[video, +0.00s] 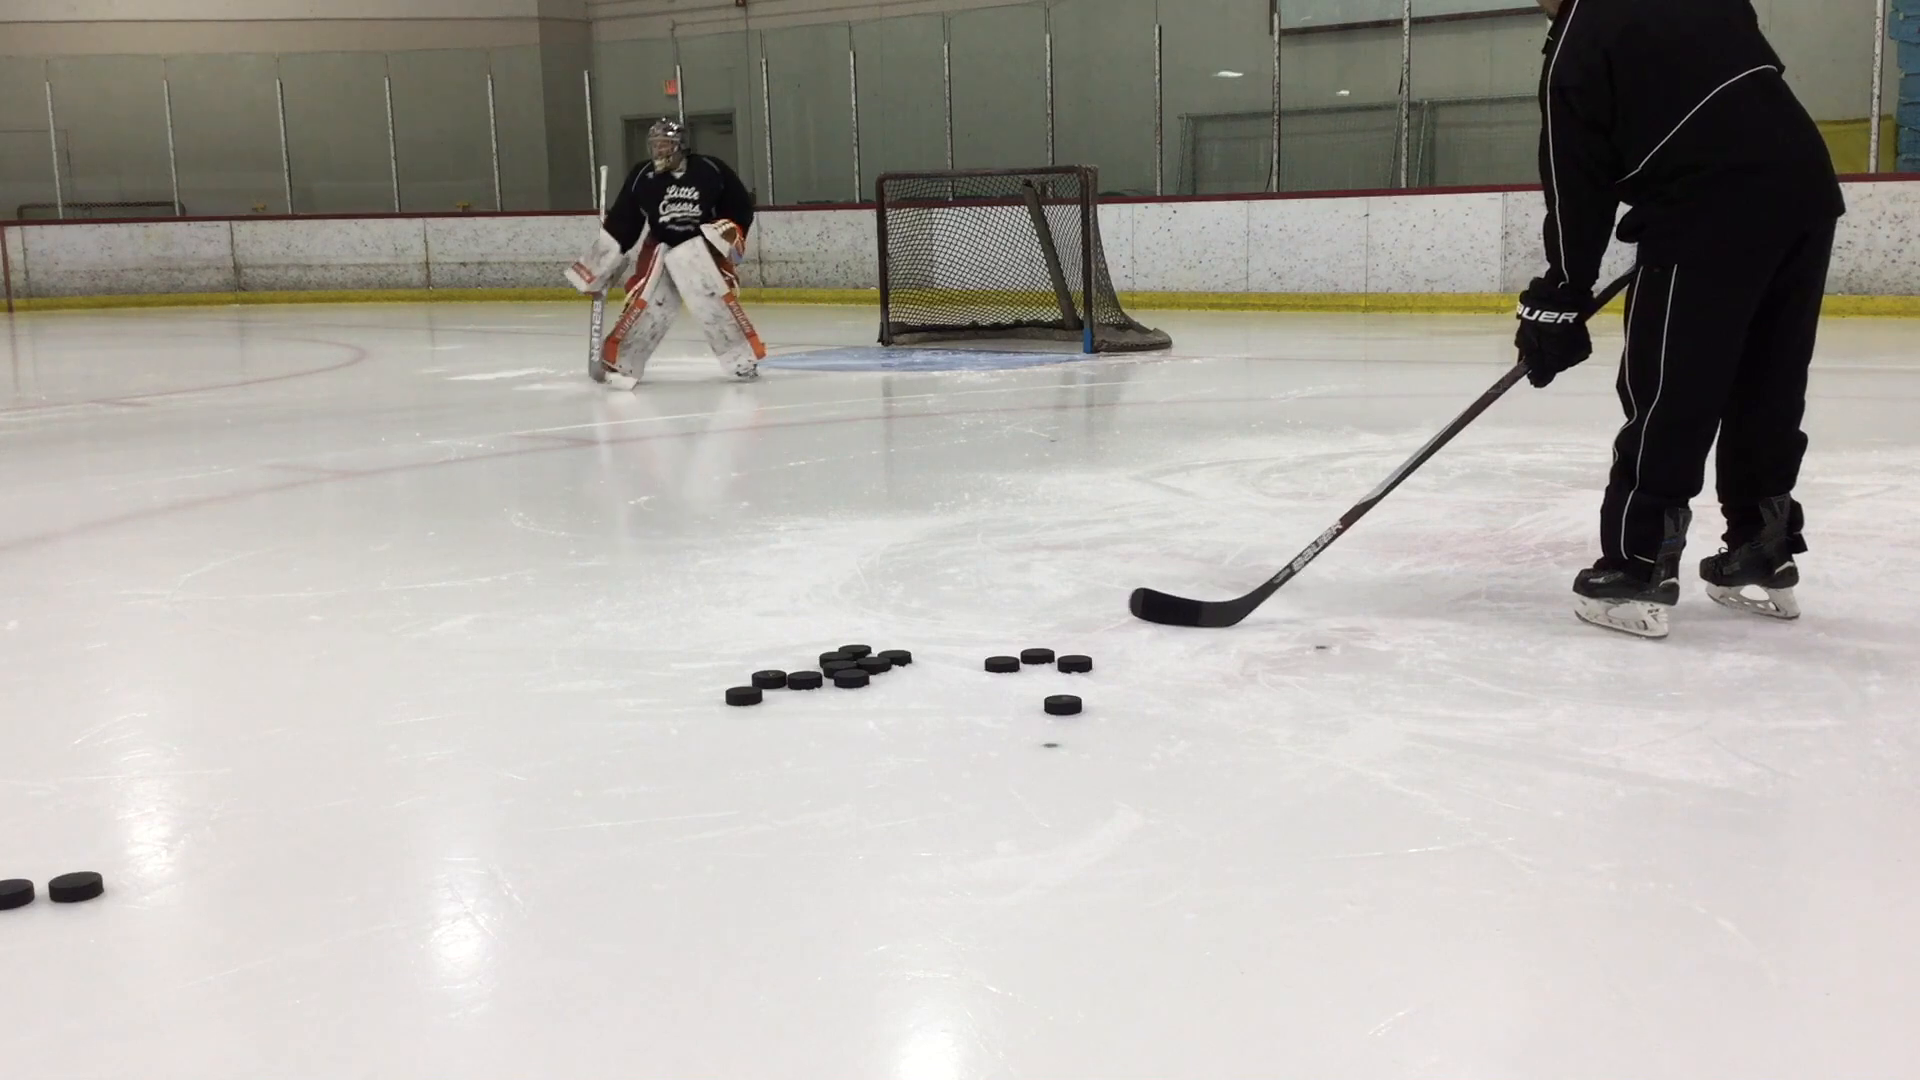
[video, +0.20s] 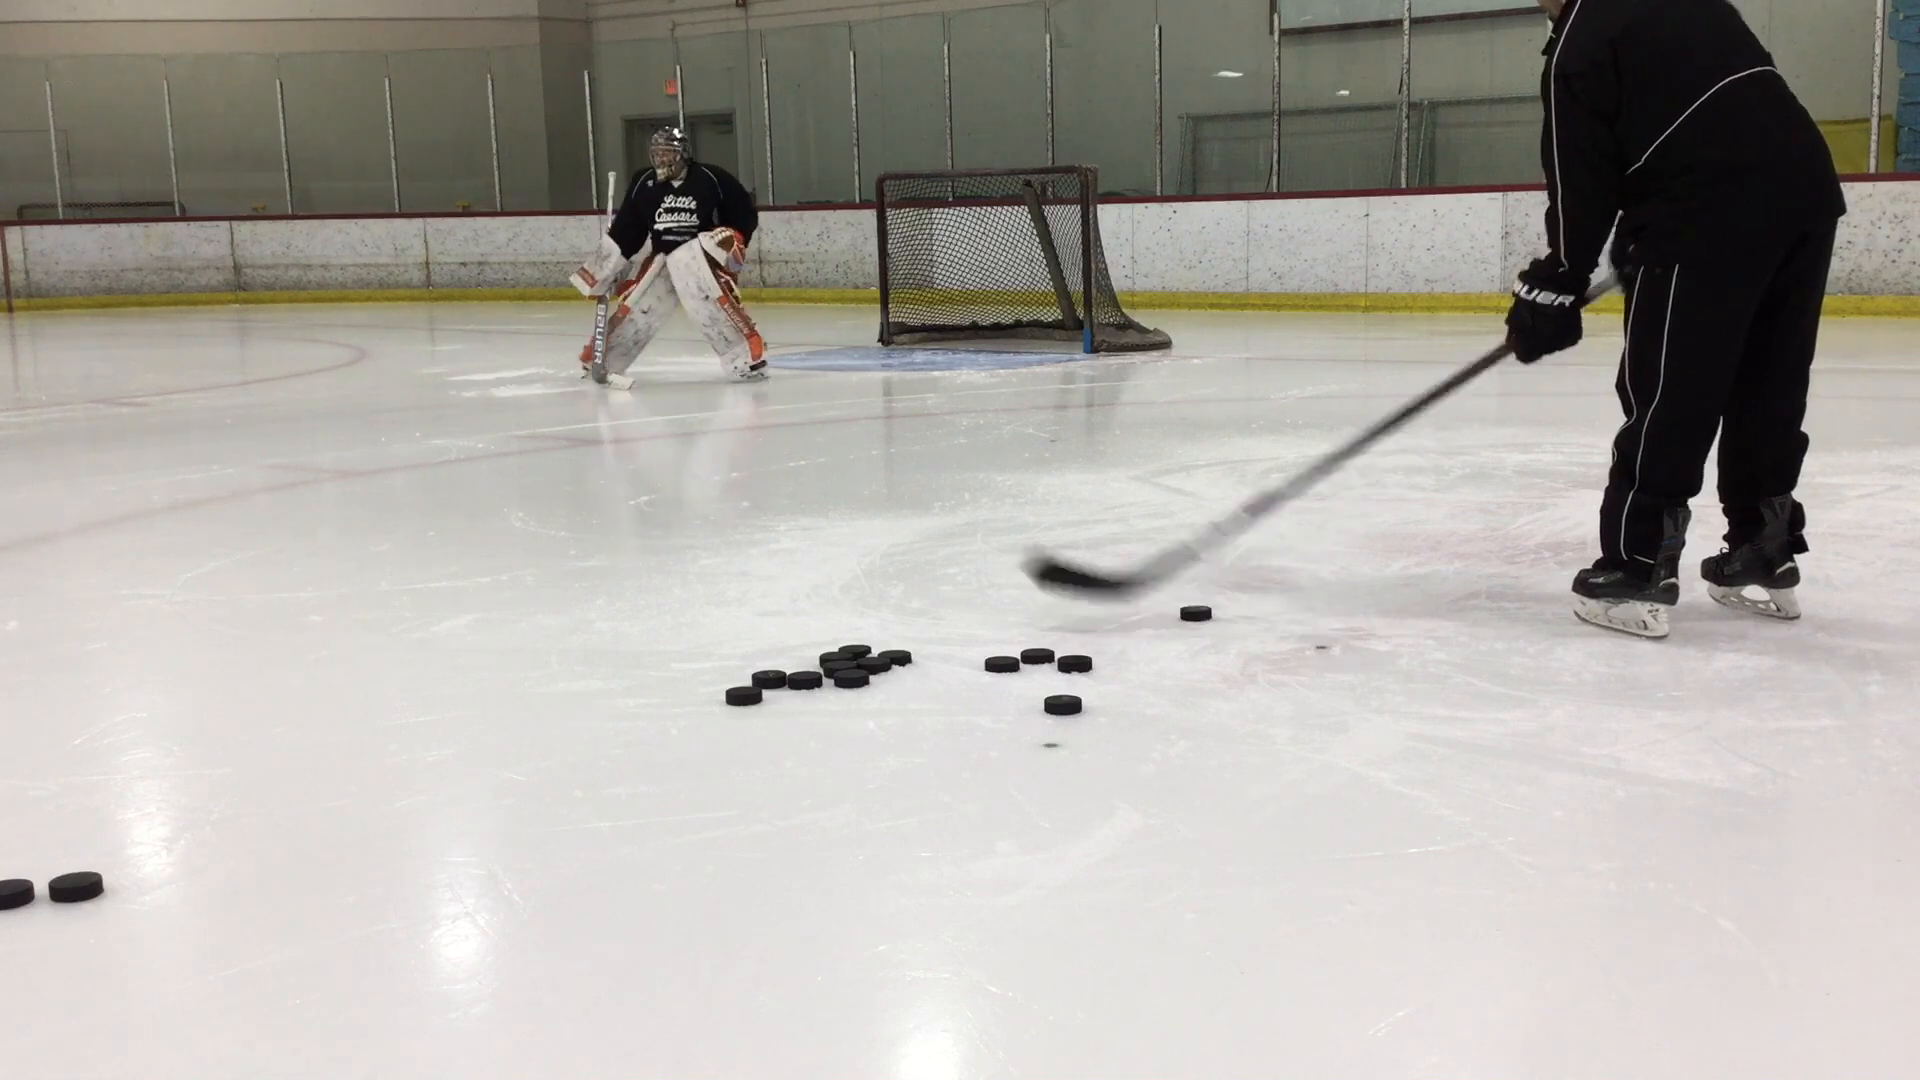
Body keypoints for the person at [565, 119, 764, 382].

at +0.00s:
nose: (659, 149)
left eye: (665, 144)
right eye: (655, 144)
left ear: (680, 145)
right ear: (650, 147)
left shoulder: (710, 170)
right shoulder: (643, 176)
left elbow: (741, 205)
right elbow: (622, 224)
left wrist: (728, 234)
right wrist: (598, 267)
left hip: (702, 250)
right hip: (661, 253)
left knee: (715, 306)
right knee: (646, 307)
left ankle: (741, 362)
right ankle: (621, 366)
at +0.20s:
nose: (661, 159)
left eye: (667, 153)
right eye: (657, 153)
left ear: (682, 154)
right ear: (652, 154)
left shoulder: (711, 179)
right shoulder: (645, 183)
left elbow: (744, 213)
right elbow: (627, 230)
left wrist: (729, 243)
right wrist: (601, 269)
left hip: (702, 260)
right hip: (662, 262)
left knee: (717, 309)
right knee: (635, 311)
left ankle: (747, 363)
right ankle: (601, 362)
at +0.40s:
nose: (680, 174)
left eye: (686, 168)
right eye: (676, 168)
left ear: (699, 169)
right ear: (672, 169)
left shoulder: (724, 191)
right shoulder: (670, 196)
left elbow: (765, 223)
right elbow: (653, 232)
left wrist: (746, 252)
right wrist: (627, 263)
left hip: (732, 266)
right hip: (692, 266)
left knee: (711, 306)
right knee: (654, 303)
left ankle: (769, 347)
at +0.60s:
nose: (712, 189)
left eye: (719, 184)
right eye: (709, 183)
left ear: (731, 185)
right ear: (703, 184)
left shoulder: (749, 207)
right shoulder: (699, 207)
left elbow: (790, 241)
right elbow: (679, 243)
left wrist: (773, 269)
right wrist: (657, 270)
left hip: (752, 282)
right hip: (715, 282)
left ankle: (808, 355)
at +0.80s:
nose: (753, 202)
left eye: (760, 197)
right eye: (749, 196)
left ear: (773, 199)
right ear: (744, 198)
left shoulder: (790, 226)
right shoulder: (741, 224)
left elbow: (821, 266)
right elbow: (718, 255)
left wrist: (799, 292)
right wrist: (698, 280)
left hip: (789, 313)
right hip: (751, 310)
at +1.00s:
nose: (787, 203)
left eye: (793, 197)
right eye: (782, 198)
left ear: (802, 200)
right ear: (774, 200)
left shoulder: (813, 224)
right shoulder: (766, 224)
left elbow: (839, 258)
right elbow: (739, 252)